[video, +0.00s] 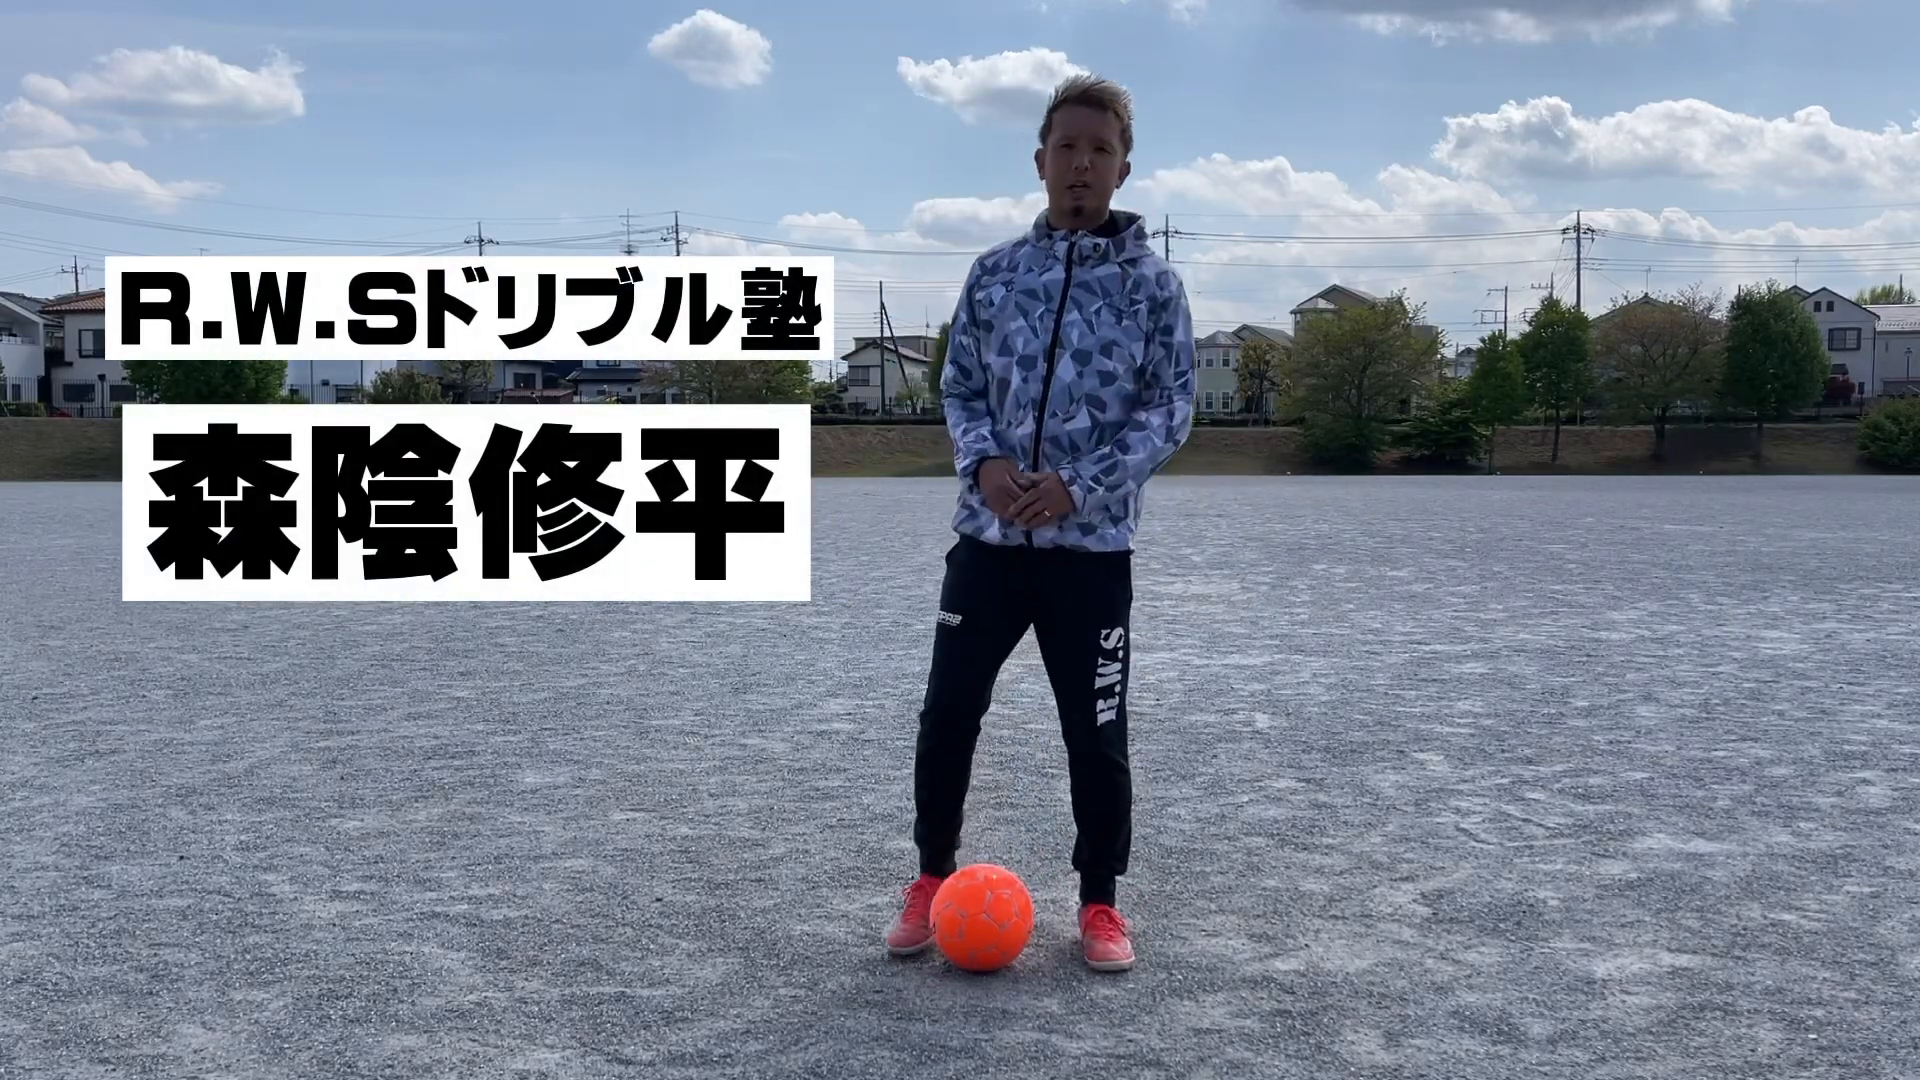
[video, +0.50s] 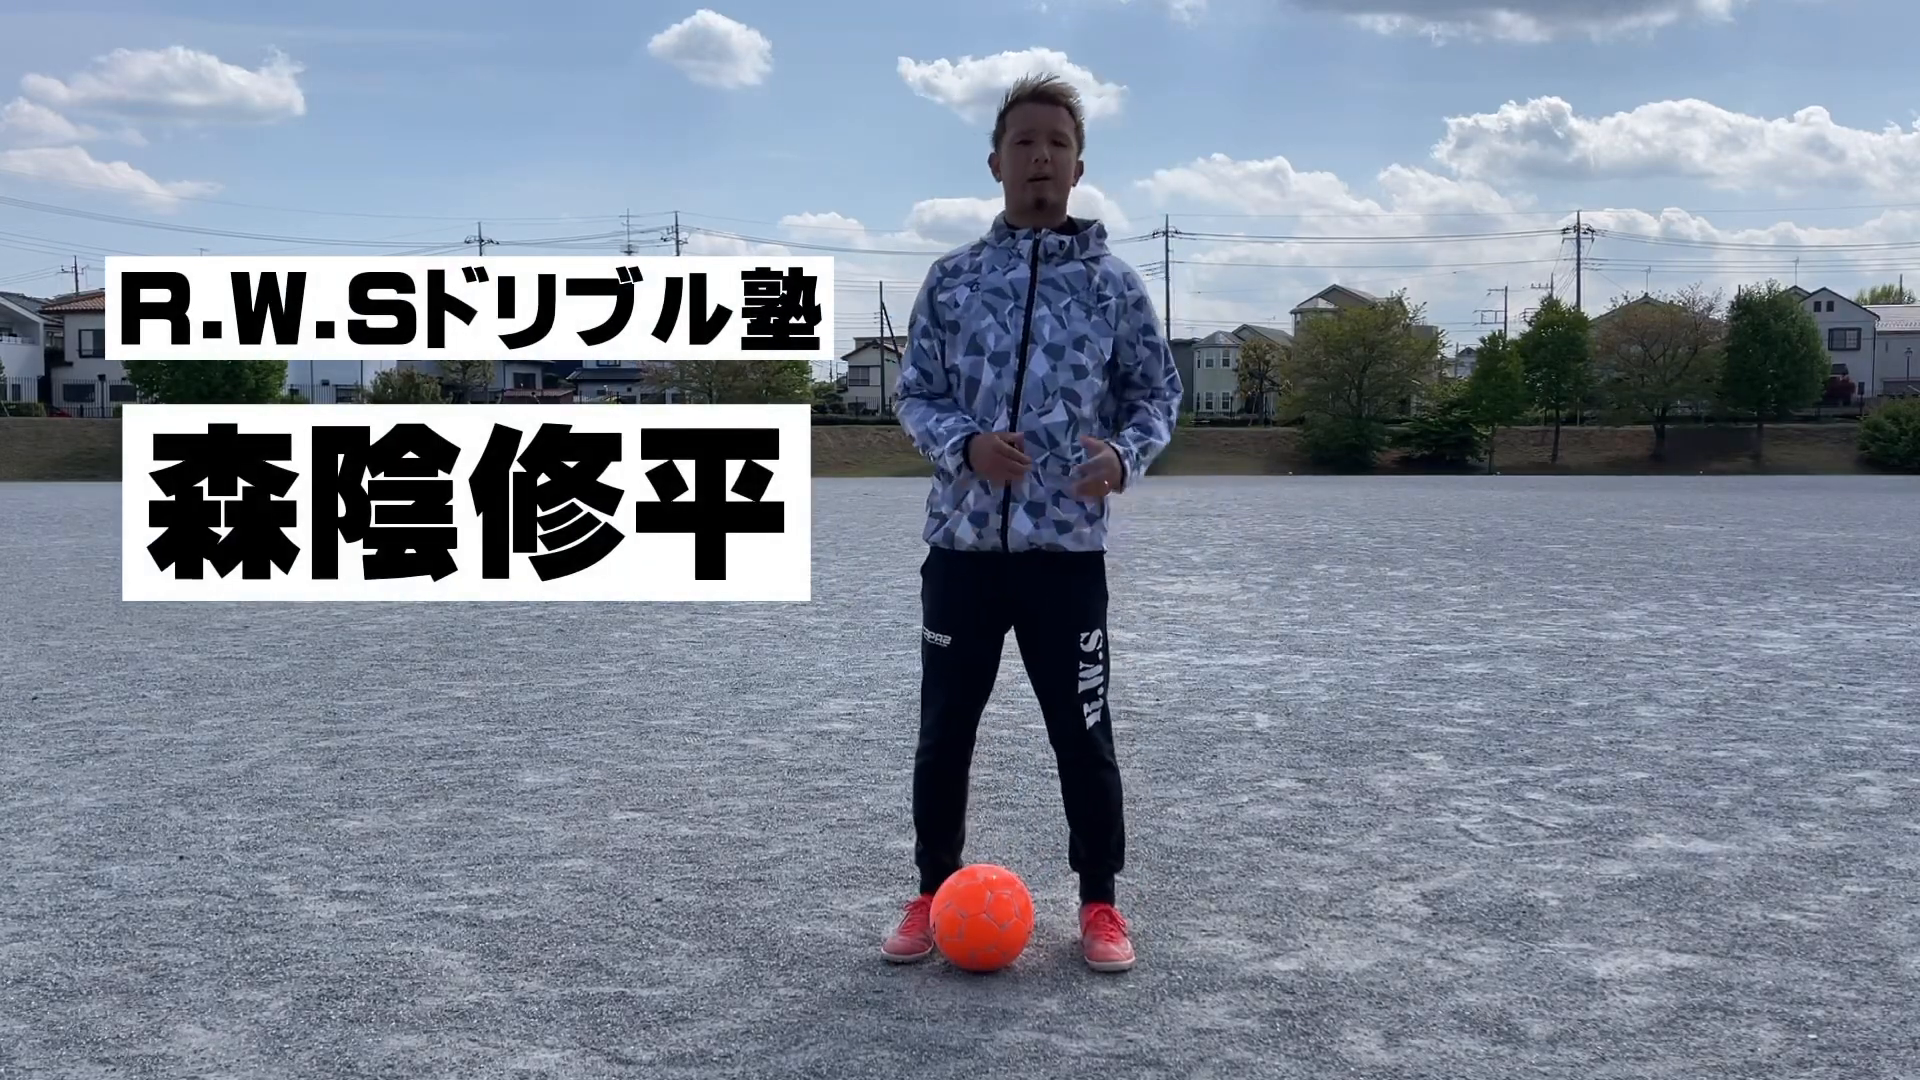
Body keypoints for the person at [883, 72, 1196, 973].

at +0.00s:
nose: (1081, 163)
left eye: (1099, 150)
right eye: (1067, 146)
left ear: (1123, 166)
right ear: (1041, 157)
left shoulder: (1149, 278)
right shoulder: (995, 270)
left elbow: (1168, 408)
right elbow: (959, 386)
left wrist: (1081, 486)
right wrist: (985, 458)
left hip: (1089, 548)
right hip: (989, 541)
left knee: (1097, 732)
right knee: (946, 715)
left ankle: (1100, 905)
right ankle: (932, 880)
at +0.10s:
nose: (1085, 164)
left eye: (1103, 150)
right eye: (1071, 147)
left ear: (1127, 167)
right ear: (1045, 158)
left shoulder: (1151, 283)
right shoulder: (996, 272)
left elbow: (1178, 413)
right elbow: (956, 388)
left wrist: (1105, 497)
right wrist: (971, 463)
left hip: (1089, 551)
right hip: (991, 547)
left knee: (1097, 736)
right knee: (950, 728)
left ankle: (1100, 905)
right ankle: (926, 892)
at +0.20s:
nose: (1084, 163)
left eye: (1101, 150)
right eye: (1070, 146)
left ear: (1123, 168)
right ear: (1042, 158)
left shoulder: (1145, 289)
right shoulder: (987, 274)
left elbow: (1184, 409)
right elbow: (944, 391)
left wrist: (1132, 500)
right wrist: (960, 460)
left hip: (1087, 555)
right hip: (988, 549)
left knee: (1096, 737)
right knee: (957, 732)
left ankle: (1100, 905)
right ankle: (936, 898)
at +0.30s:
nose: (1076, 160)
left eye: (1093, 147)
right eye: (1061, 143)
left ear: (1114, 167)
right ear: (1030, 157)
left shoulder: (1134, 288)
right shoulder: (977, 274)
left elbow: (1182, 401)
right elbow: (932, 390)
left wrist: (1148, 488)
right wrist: (956, 460)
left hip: (1083, 554)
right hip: (980, 549)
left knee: (1093, 737)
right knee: (953, 734)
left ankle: (1101, 906)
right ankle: (936, 899)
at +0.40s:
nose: (1060, 157)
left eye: (1077, 144)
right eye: (1044, 141)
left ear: (1097, 165)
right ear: (1014, 157)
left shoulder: (1125, 287)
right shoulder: (965, 276)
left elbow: (1170, 402)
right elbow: (920, 394)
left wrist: (1147, 467)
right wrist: (960, 454)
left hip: (1075, 551)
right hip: (971, 547)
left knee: (1088, 738)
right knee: (948, 734)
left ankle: (1099, 906)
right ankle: (933, 898)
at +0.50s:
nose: (1041, 156)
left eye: (1058, 142)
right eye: (1024, 141)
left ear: (1078, 161)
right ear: (996, 158)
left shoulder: (1114, 284)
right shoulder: (953, 277)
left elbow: (1157, 397)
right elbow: (916, 399)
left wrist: (1124, 453)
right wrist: (965, 446)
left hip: (1066, 548)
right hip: (963, 547)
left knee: (1082, 734)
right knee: (943, 733)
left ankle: (1100, 906)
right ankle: (931, 897)